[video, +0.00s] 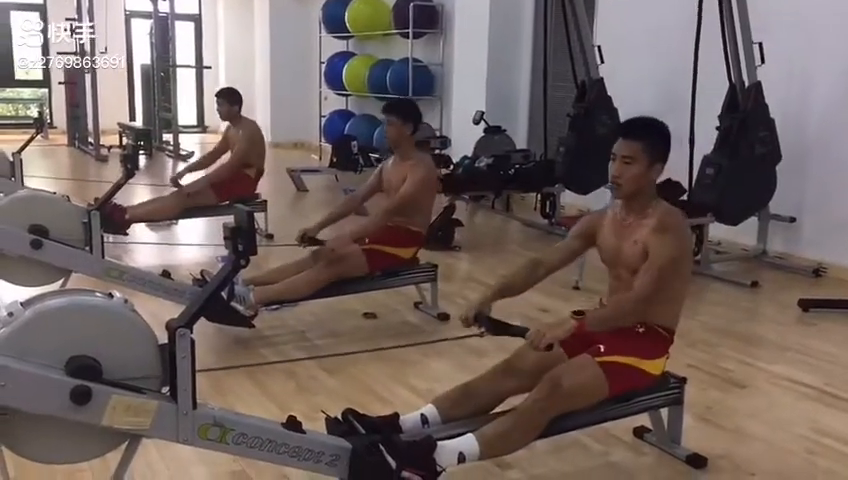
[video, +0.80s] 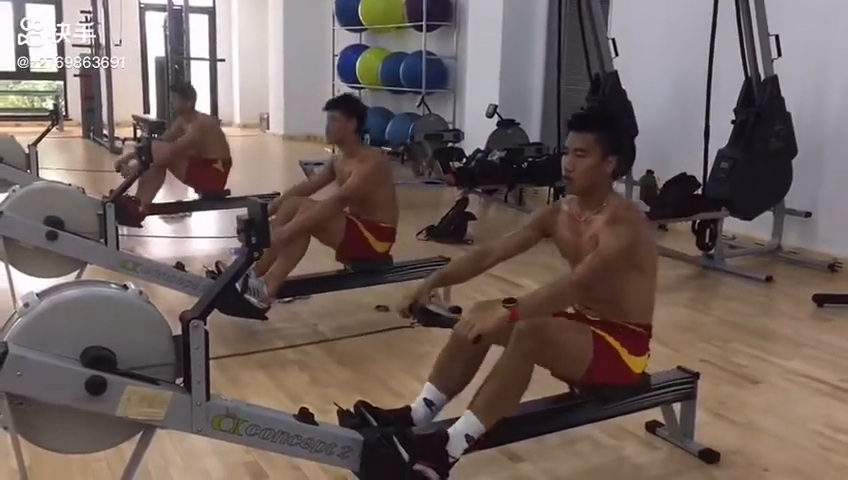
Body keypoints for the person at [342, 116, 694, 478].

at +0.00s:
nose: (617, 170)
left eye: (630, 162)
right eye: (615, 159)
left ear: (657, 170)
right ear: (609, 162)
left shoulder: (670, 226)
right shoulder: (601, 220)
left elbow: (634, 305)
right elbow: (541, 264)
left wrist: (566, 329)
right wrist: (491, 295)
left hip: (645, 342)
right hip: (601, 326)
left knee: (551, 391)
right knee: (510, 370)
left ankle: (442, 457)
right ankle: (401, 427)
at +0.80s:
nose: (568, 163)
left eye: (581, 154)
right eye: (567, 153)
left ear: (612, 165)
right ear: (564, 155)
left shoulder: (625, 223)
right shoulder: (556, 215)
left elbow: (574, 286)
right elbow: (488, 253)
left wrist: (505, 317)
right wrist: (433, 283)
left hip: (622, 349)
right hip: (580, 329)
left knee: (529, 332)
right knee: (481, 315)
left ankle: (449, 448)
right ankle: (418, 418)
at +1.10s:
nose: (511, 168)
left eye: (524, 159)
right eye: (511, 158)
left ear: (556, 167)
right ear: (510, 159)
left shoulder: (570, 226)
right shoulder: (505, 218)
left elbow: (518, 289)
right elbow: (433, 256)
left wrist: (439, 319)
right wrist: (364, 287)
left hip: (583, 358)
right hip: (539, 341)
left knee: (500, 320)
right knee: (448, 295)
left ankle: (449, 446)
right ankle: (417, 416)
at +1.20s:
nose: (488, 171)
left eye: (501, 162)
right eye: (488, 160)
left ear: (534, 169)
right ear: (487, 161)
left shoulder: (548, 232)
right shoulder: (482, 222)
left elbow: (493, 294)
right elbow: (409, 259)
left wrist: (404, 324)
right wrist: (337, 290)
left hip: (566, 367)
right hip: (519, 353)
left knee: (487, 313)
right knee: (437, 289)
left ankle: (449, 447)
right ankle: (417, 415)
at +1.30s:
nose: (461, 176)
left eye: (474, 166)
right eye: (461, 165)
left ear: (509, 175)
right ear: (459, 167)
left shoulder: (522, 237)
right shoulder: (464, 224)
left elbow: (464, 301)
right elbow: (383, 264)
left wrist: (377, 329)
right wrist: (310, 293)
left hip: (550, 374)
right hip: (504, 364)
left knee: (472, 310)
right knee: (422, 291)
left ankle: (448, 444)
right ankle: (417, 414)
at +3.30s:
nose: (625, 166)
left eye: (638, 157)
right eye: (624, 156)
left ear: (667, 164)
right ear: (622, 160)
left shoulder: (678, 225)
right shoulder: (608, 216)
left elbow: (654, 306)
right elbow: (553, 262)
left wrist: (581, 321)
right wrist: (502, 289)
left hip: (638, 336)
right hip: (595, 321)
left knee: (545, 381)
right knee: (503, 363)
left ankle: (433, 454)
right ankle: (395, 420)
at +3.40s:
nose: (619, 166)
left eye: (631, 157)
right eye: (617, 155)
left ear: (660, 164)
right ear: (614, 158)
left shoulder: (672, 227)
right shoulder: (603, 217)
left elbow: (643, 302)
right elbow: (545, 261)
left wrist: (577, 320)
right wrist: (495, 290)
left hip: (637, 338)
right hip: (596, 322)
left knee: (543, 385)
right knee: (503, 365)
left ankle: (432, 455)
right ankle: (395, 421)